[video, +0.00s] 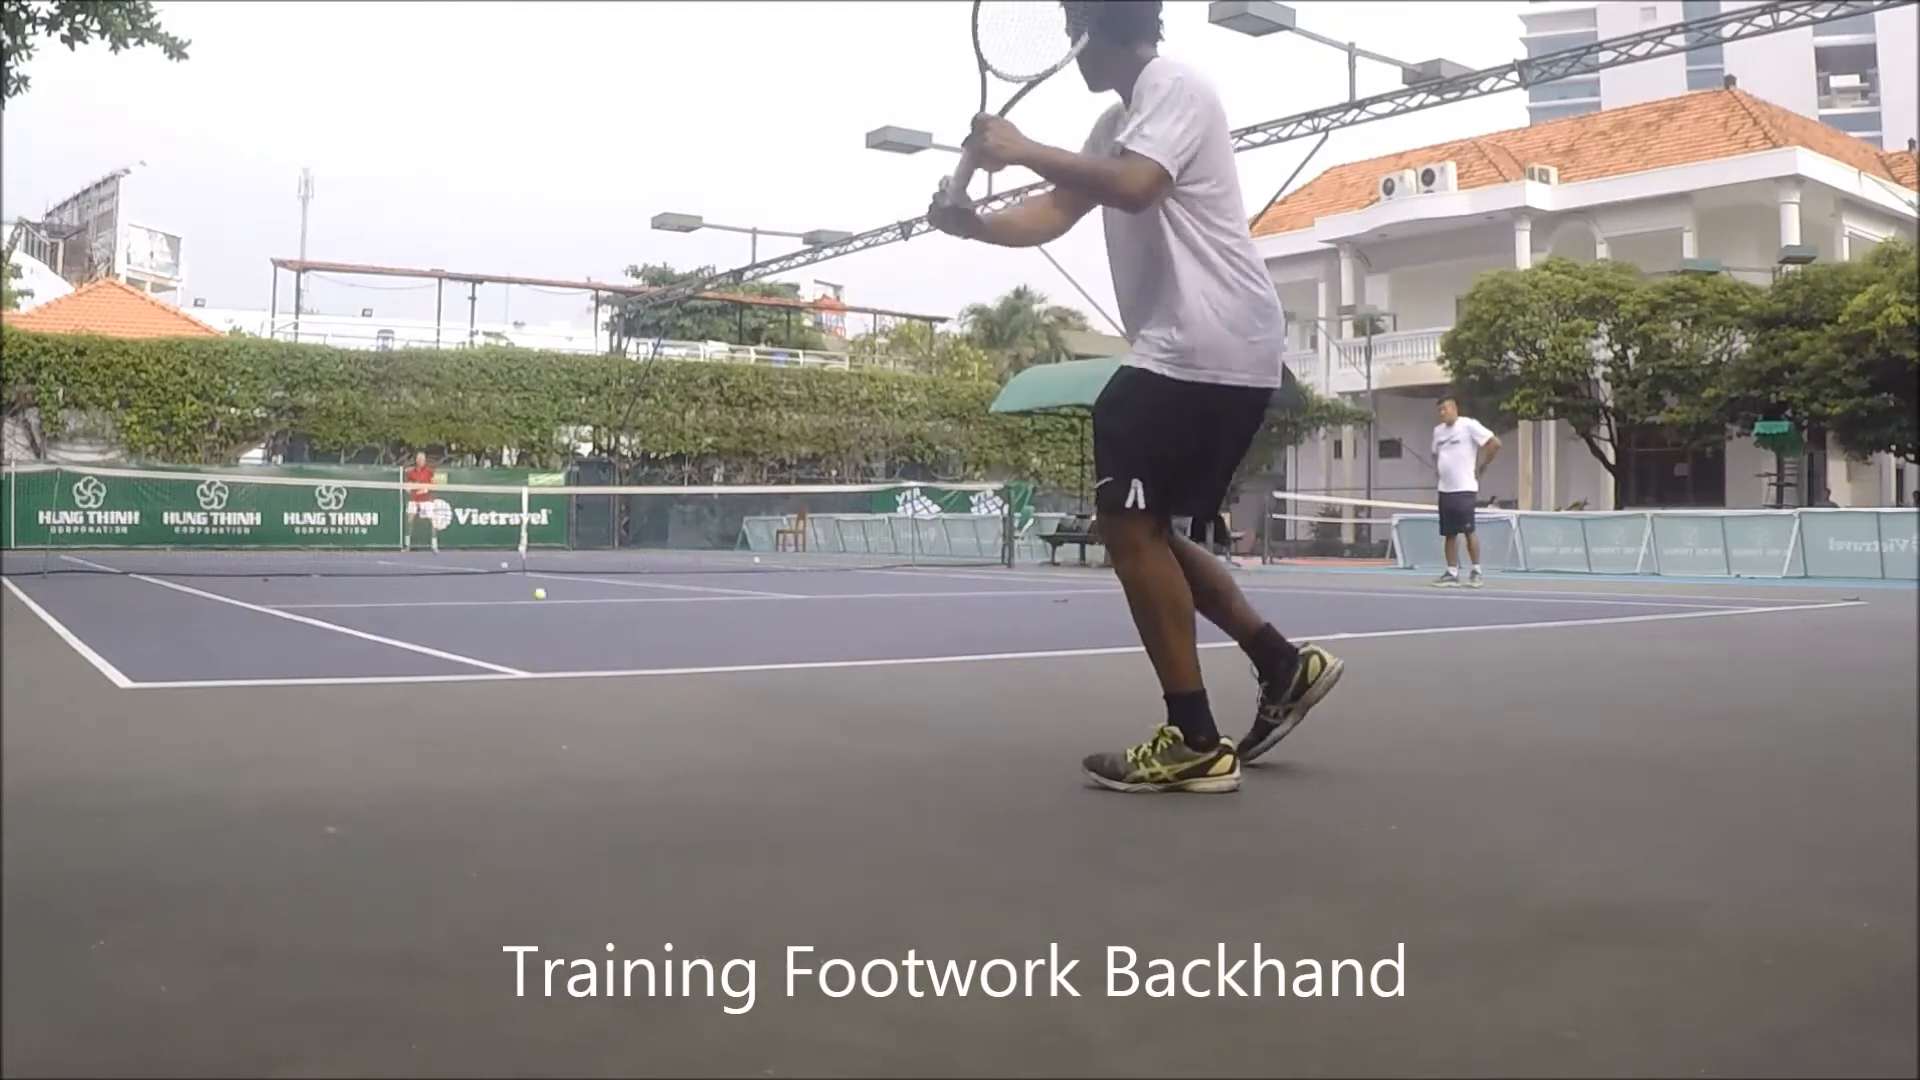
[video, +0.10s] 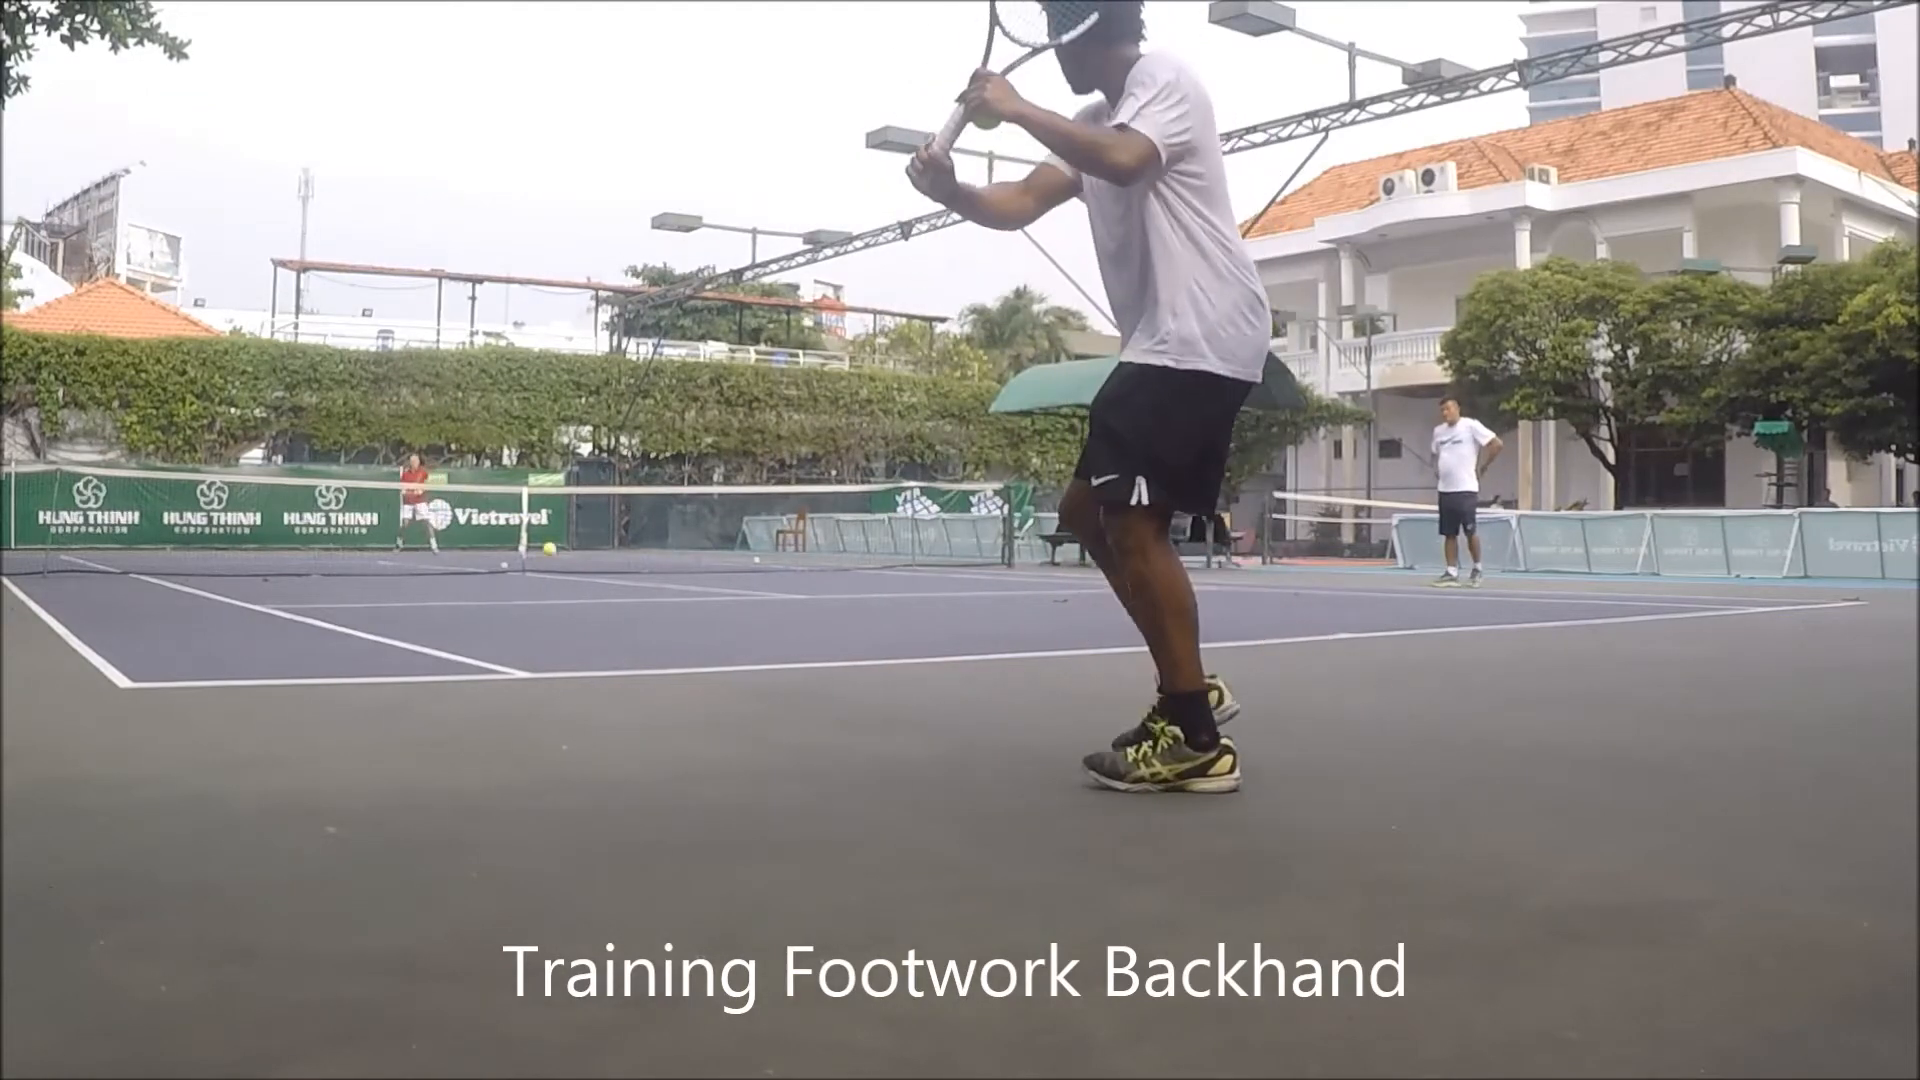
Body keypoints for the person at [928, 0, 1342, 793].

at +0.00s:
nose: (1075, 51)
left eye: (1080, 34)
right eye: (1074, 36)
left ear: (1112, 30)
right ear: (1136, 31)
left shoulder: (1178, 84)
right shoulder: (1113, 122)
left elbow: (1133, 182)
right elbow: (1053, 210)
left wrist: (1024, 150)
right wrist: (976, 221)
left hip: (1204, 348)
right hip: (1213, 351)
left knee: (1130, 526)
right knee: (1151, 533)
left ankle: (1194, 739)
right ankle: (1283, 665)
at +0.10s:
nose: (1062, 57)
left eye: (1069, 40)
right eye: (1057, 44)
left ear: (1105, 29)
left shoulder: (1165, 76)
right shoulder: (1095, 122)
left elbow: (1129, 159)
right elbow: (1019, 202)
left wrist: (1016, 109)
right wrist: (952, 189)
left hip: (1202, 335)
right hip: (1157, 339)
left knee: (1133, 524)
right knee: (1085, 511)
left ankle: (1193, 736)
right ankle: (1188, 685)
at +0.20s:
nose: (1051, 65)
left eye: (1064, 45)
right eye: (1040, 49)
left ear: (1103, 31)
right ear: (1031, 43)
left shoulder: (1147, 71)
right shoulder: (1064, 131)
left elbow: (1120, 134)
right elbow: (987, 197)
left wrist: (1013, 77)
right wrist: (929, 155)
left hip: (1188, 325)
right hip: (1135, 337)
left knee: (1140, 527)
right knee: (1067, 508)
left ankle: (1198, 740)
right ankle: (1077, 703)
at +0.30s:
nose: (1000, 47)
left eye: (1007, 32)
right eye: (998, 39)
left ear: (1042, 39)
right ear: (1013, 62)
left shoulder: (1125, 81)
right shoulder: (1034, 142)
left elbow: (1105, 128)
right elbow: (953, 191)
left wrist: (1016, 57)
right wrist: (921, 130)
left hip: (1170, 330)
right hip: (1115, 347)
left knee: (1136, 528)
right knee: (1049, 516)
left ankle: (1199, 738)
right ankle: (1009, 703)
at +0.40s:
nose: (964, 115)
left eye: (971, 95)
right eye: (958, 100)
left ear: (1012, 85)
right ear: (972, 102)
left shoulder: (1089, 118)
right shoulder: (996, 177)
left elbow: (1094, 178)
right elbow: (916, 198)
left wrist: (1034, 86)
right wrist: (919, 111)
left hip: (1149, 354)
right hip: (1092, 368)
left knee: (1109, 536)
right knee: (1004, 519)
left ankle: (1194, 738)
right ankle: (993, 708)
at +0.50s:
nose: (927, 169)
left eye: (927, 154)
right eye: (923, 159)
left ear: (951, 144)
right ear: (978, 143)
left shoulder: (1045, 162)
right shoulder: (964, 221)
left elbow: (1098, 254)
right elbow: (900, 262)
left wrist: (1007, 215)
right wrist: (881, 209)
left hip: (1133, 365)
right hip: (1073, 383)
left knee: (1081, 537)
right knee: (974, 520)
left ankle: (1189, 732)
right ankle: (989, 710)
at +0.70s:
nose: (881, 187)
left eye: (880, 170)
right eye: (875, 173)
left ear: (911, 159)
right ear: (917, 160)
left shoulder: (1004, 172)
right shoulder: (952, 249)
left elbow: (1095, 219)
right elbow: (970, 341)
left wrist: (1053, 240)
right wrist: (970, 422)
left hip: (1115, 363)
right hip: (1063, 380)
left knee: (1060, 535)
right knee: (976, 519)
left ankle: (1200, 700)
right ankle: (991, 708)